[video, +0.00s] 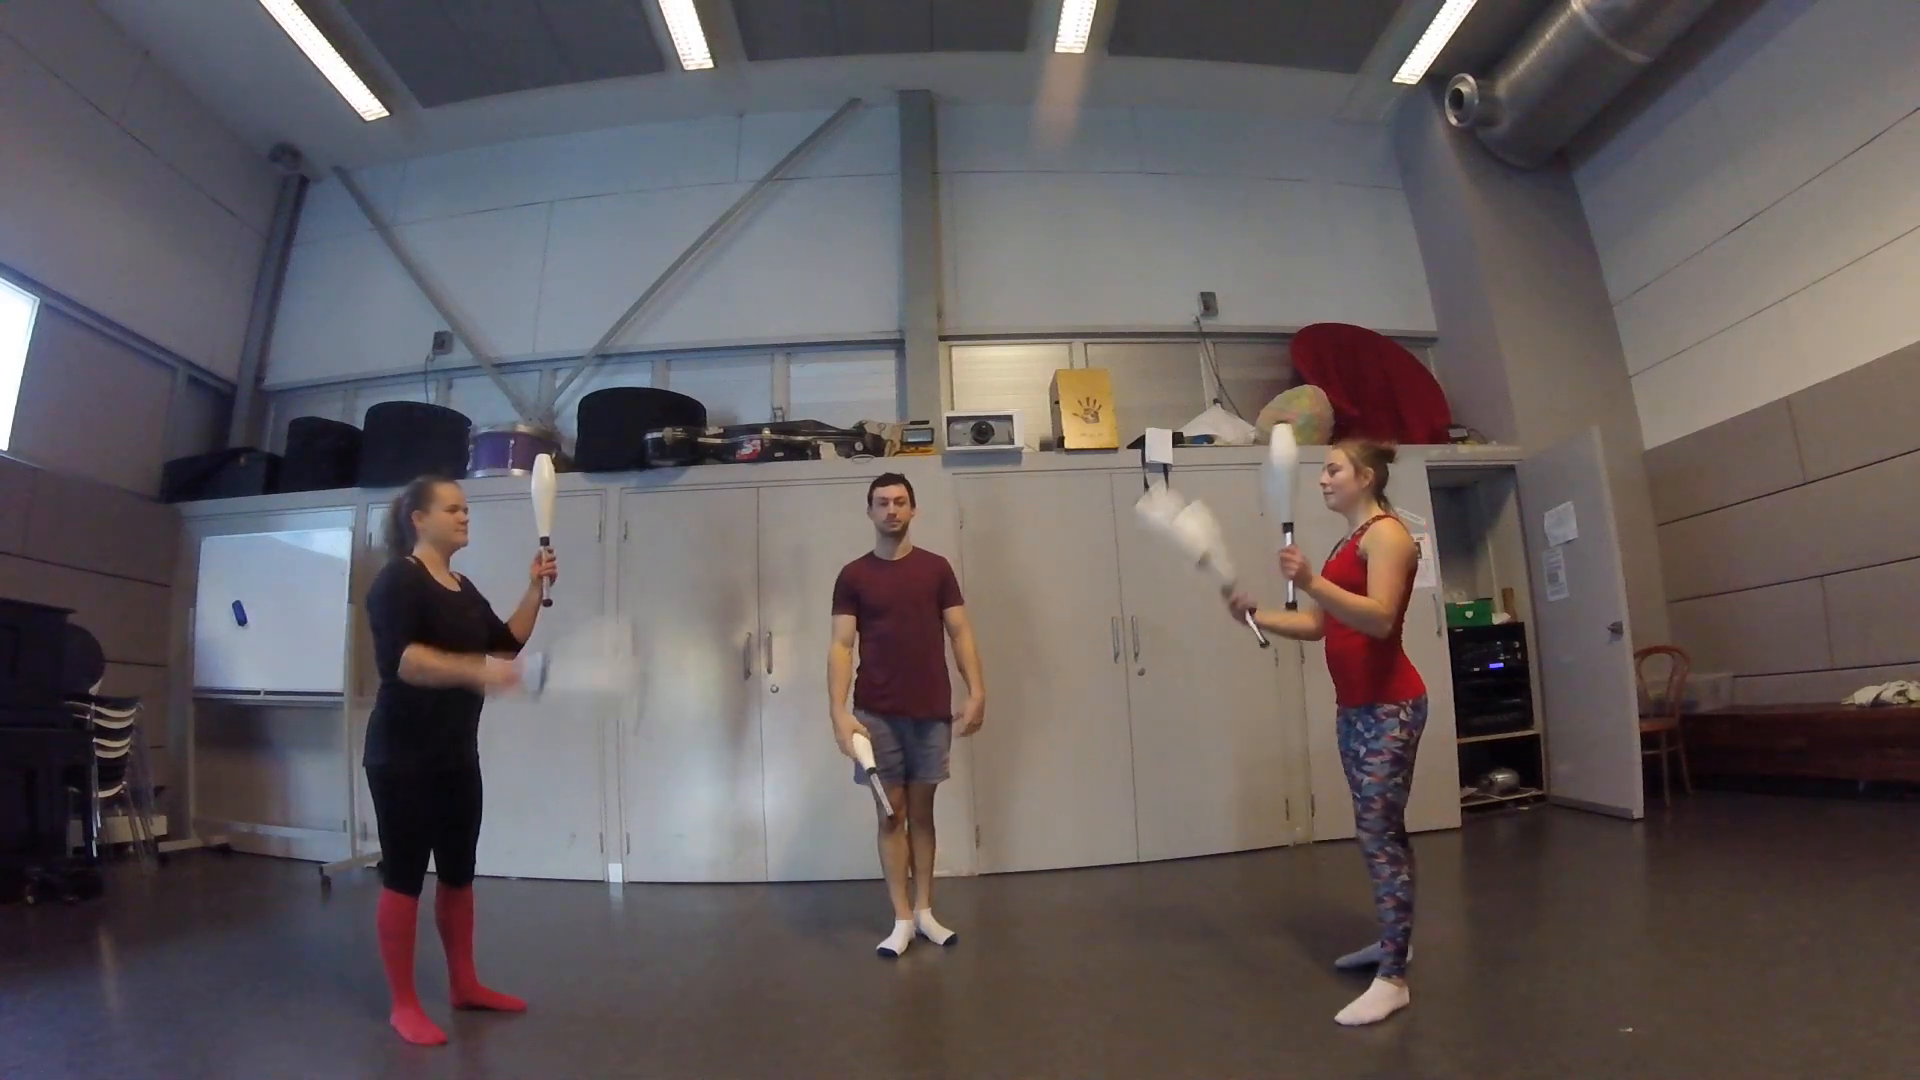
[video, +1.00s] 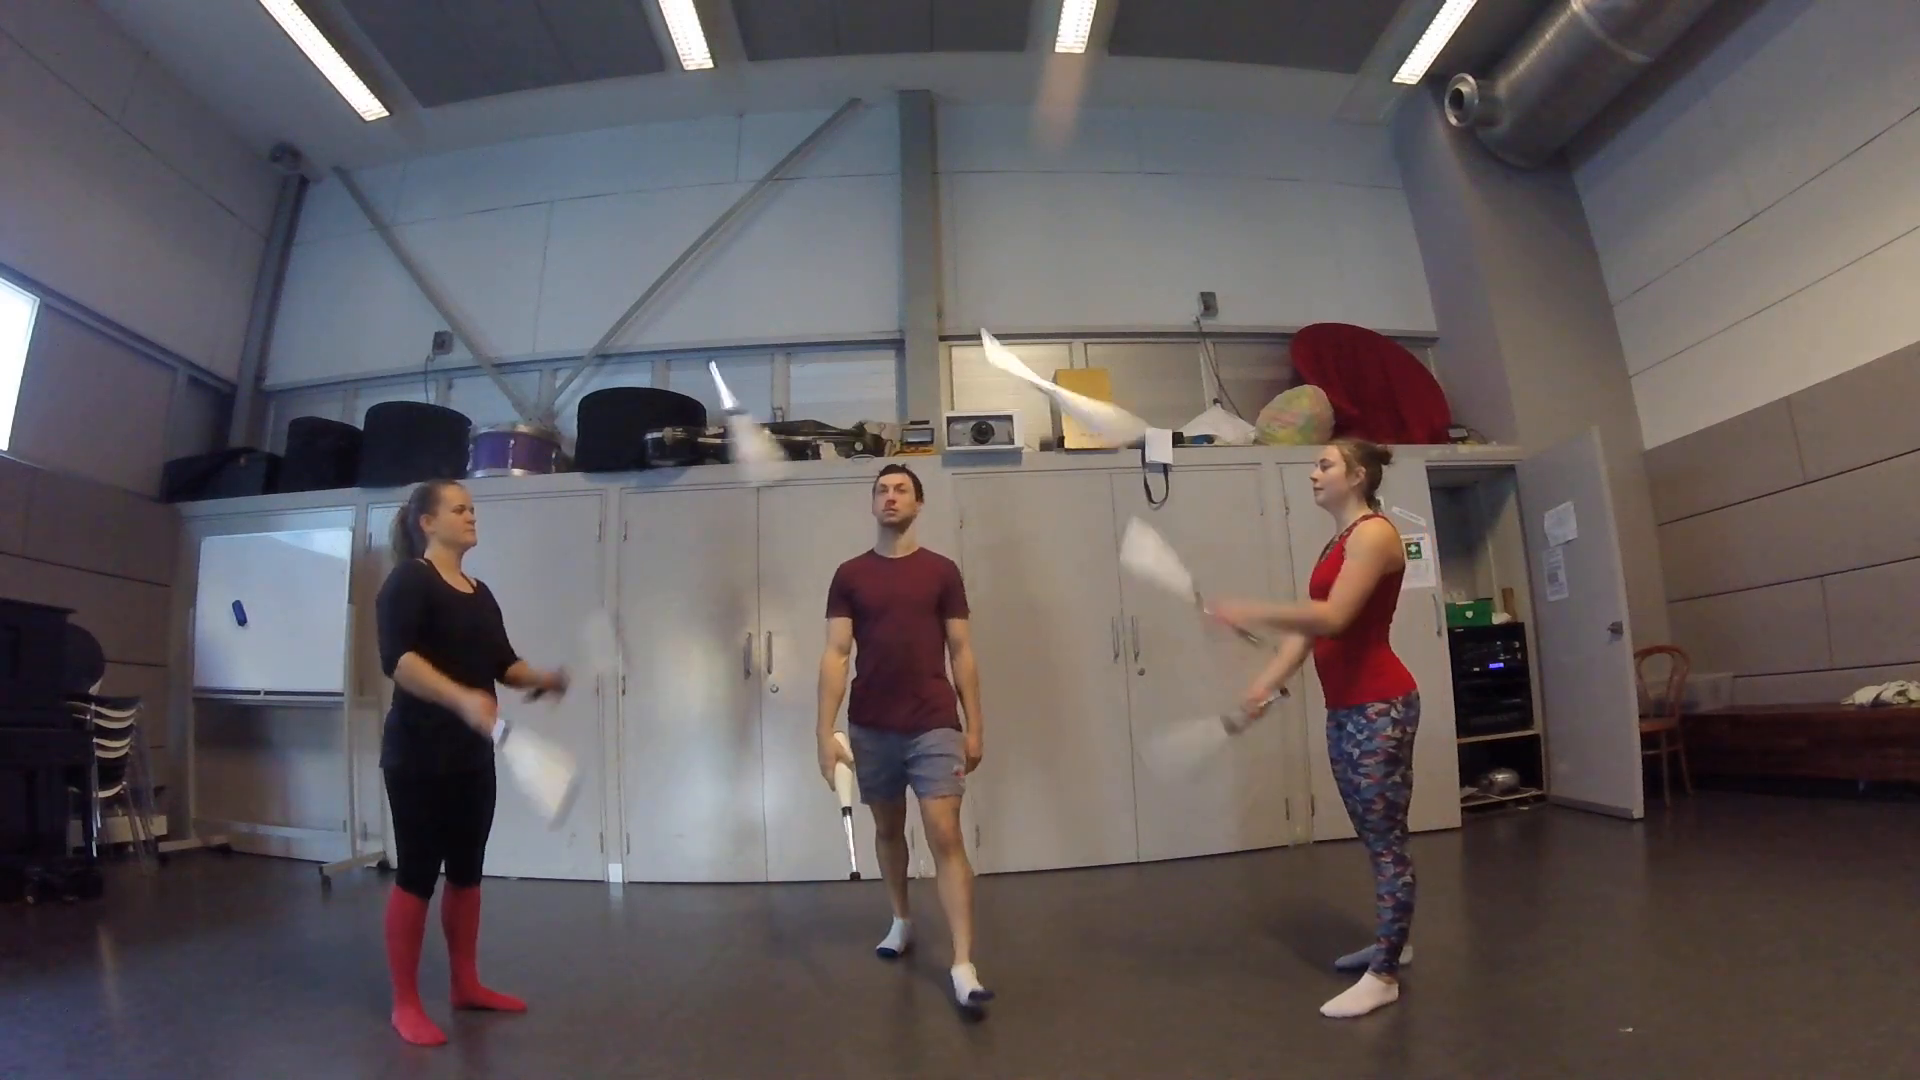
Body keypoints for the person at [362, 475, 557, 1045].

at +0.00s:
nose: (465, 519)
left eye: (465, 510)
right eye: (454, 510)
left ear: (458, 522)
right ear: (417, 519)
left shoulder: (462, 586)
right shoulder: (395, 582)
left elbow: (505, 645)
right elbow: (400, 660)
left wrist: (536, 590)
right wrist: (481, 671)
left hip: (457, 748)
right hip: (402, 751)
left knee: (457, 871)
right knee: (403, 875)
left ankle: (465, 986)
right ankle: (404, 1005)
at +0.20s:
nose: (474, 517)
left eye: (474, 508)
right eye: (462, 509)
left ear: (466, 523)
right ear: (428, 521)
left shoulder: (470, 587)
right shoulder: (409, 585)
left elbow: (510, 644)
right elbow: (386, 671)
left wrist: (540, 587)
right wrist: (426, 744)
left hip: (458, 744)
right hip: (406, 747)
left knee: (460, 867)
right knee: (405, 872)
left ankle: (465, 986)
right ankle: (404, 1005)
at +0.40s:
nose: (477, 518)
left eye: (477, 510)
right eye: (465, 510)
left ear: (470, 523)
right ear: (430, 521)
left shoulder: (469, 584)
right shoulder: (417, 581)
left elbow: (501, 651)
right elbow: (400, 667)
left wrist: (546, 602)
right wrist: (460, 726)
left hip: (461, 747)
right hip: (412, 748)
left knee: (459, 869)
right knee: (408, 873)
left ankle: (465, 987)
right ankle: (404, 1006)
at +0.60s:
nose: (473, 519)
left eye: (474, 510)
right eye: (461, 510)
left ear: (468, 520)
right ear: (427, 520)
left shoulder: (469, 586)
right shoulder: (413, 581)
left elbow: (480, 662)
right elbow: (455, 641)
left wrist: (539, 655)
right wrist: (536, 648)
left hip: (464, 750)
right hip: (413, 752)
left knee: (460, 870)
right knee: (408, 873)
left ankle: (466, 987)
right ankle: (404, 1005)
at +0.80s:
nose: (472, 519)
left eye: (472, 511)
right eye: (461, 510)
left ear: (464, 522)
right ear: (425, 520)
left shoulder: (474, 590)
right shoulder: (408, 582)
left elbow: (499, 663)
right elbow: (438, 644)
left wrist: (534, 709)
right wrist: (506, 637)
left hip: (470, 748)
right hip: (415, 749)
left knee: (464, 870)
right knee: (412, 873)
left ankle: (466, 987)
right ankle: (404, 1006)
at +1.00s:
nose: (472, 518)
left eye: (472, 510)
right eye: (460, 510)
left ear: (467, 523)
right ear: (426, 522)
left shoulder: (478, 591)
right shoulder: (406, 584)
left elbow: (504, 665)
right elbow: (397, 660)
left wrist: (541, 678)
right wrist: (463, 698)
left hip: (473, 749)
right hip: (418, 751)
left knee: (466, 872)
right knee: (416, 874)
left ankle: (467, 987)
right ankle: (405, 1005)